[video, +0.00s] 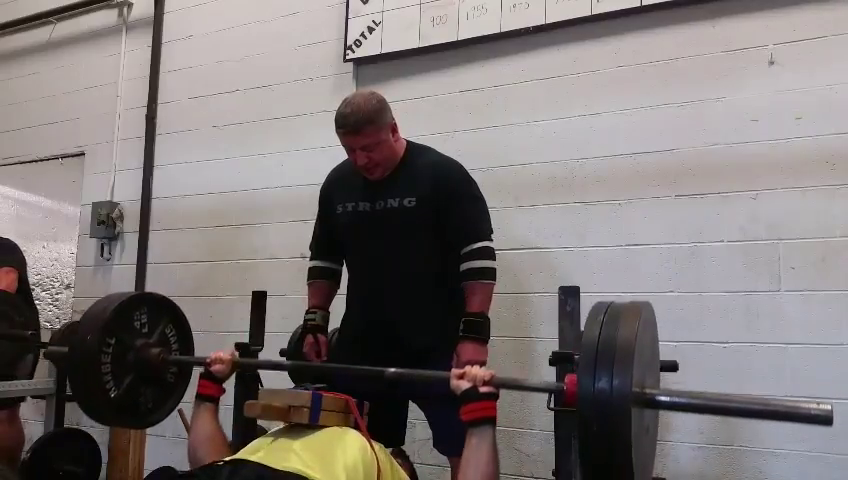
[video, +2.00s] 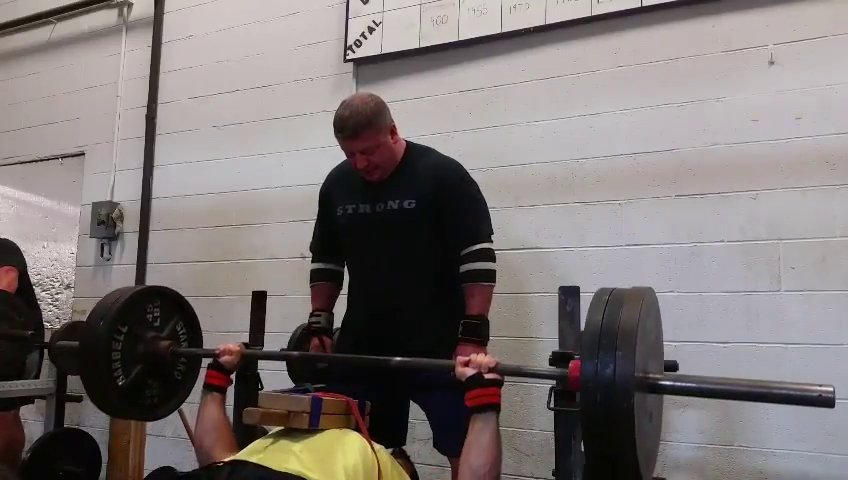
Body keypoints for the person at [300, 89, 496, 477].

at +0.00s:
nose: (361, 159)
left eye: (369, 148)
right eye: (351, 150)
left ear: (395, 131)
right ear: (342, 142)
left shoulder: (445, 177)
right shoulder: (338, 185)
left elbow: (478, 259)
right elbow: (325, 261)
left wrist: (474, 335)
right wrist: (315, 323)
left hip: (438, 339)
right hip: (365, 338)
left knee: (463, 450)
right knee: (367, 451)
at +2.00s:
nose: (360, 163)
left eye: (368, 152)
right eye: (351, 154)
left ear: (394, 134)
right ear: (341, 145)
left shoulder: (445, 178)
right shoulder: (338, 186)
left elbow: (478, 260)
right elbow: (327, 262)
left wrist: (473, 337)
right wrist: (319, 327)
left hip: (439, 341)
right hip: (366, 340)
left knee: (466, 451)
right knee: (367, 452)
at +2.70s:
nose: (358, 160)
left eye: (366, 148)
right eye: (349, 150)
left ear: (393, 131)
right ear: (340, 142)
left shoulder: (442, 170)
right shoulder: (337, 182)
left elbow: (494, 222)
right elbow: (313, 233)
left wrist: (455, 271)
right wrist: (304, 269)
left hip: (437, 342)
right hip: (363, 342)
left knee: (460, 454)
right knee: (361, 458)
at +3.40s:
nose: (339, 150)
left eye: (345, 140)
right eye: (336, 142)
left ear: (377, 132)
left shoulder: (438, 167)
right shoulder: (345, 183)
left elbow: (478, 225)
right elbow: (320, 243)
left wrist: (455, 296)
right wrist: (302, 293)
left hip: (434, 343)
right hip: (363, 345)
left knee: (462, 455)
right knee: (365, 461)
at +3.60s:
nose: (342, 145)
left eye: (348, 136)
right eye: (340, 136)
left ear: (381, 128)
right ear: (376, 129)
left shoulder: (445, 169)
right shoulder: (346, 182)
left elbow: (488, 232)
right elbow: (325, 248)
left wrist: (468, 302)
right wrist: (318, 303)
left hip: (434, 346)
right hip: (360, 345)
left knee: (457, 459)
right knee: (363, 461)